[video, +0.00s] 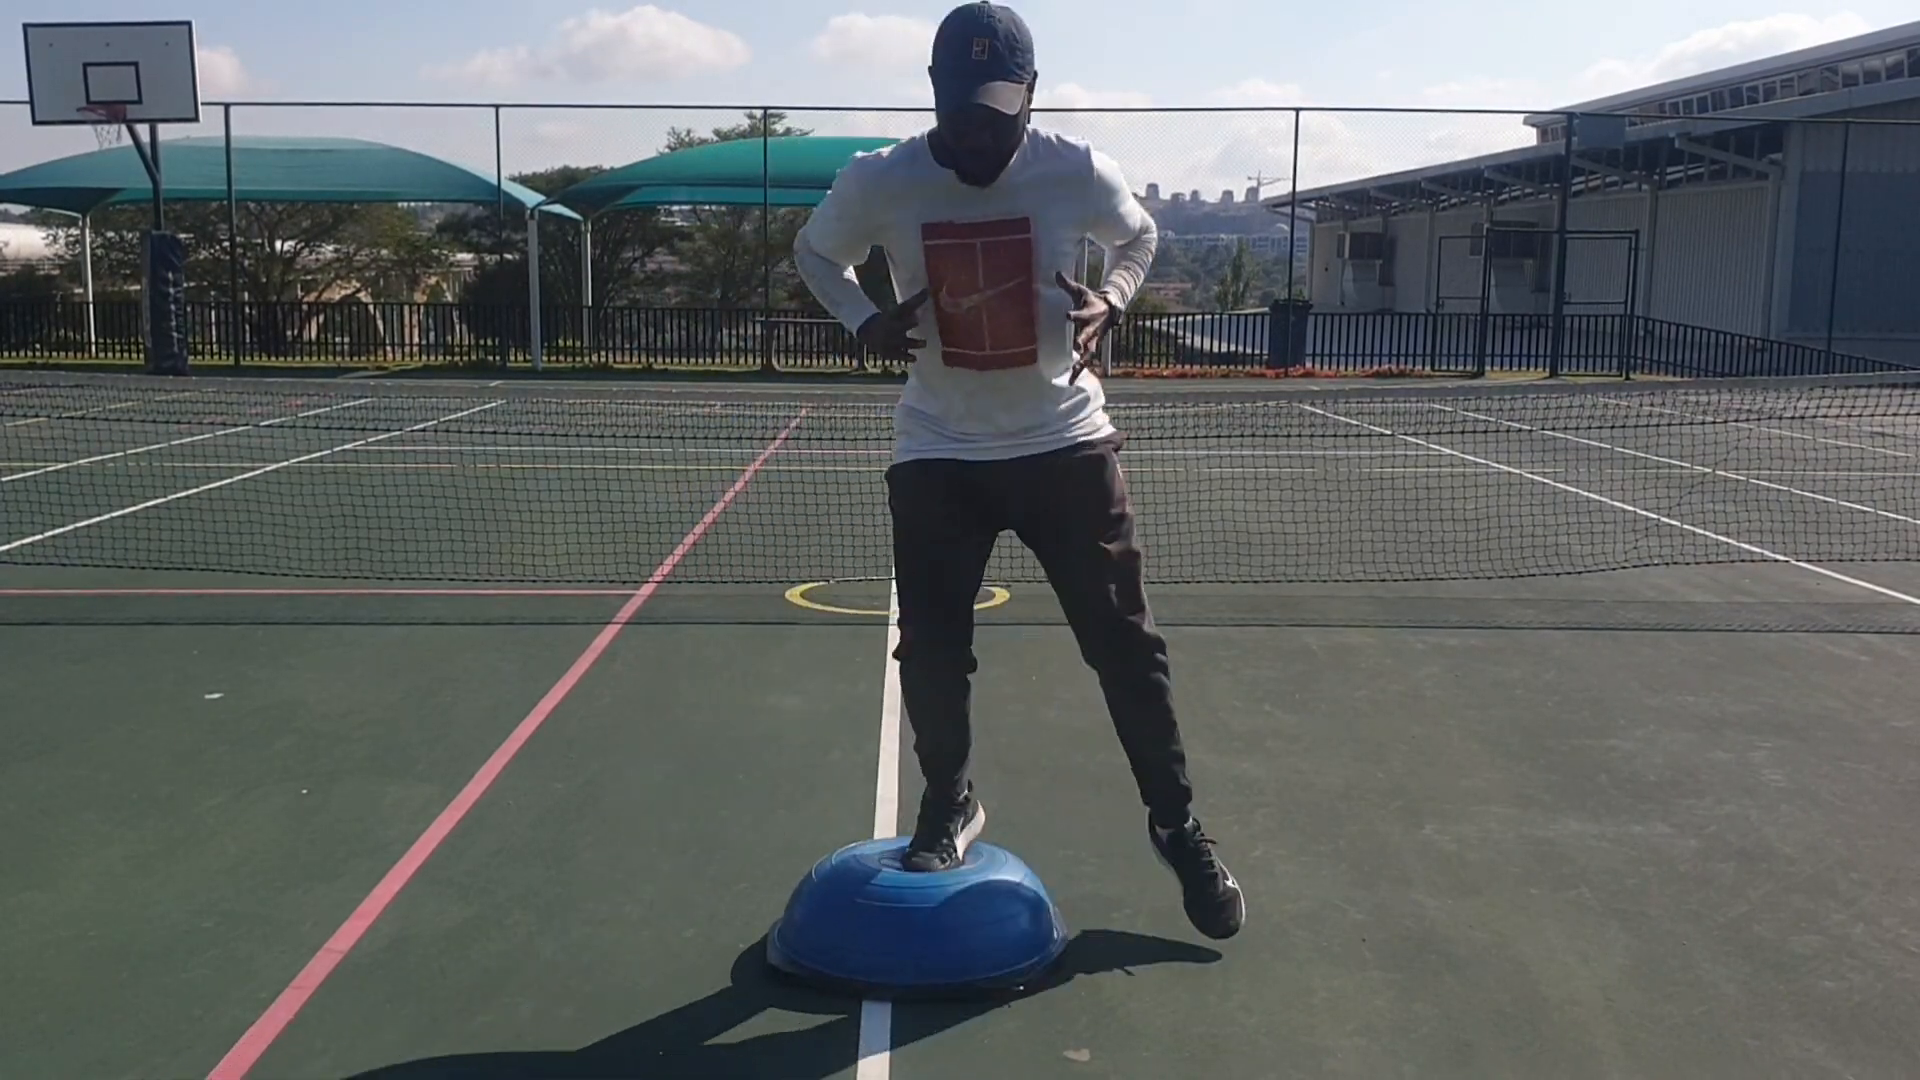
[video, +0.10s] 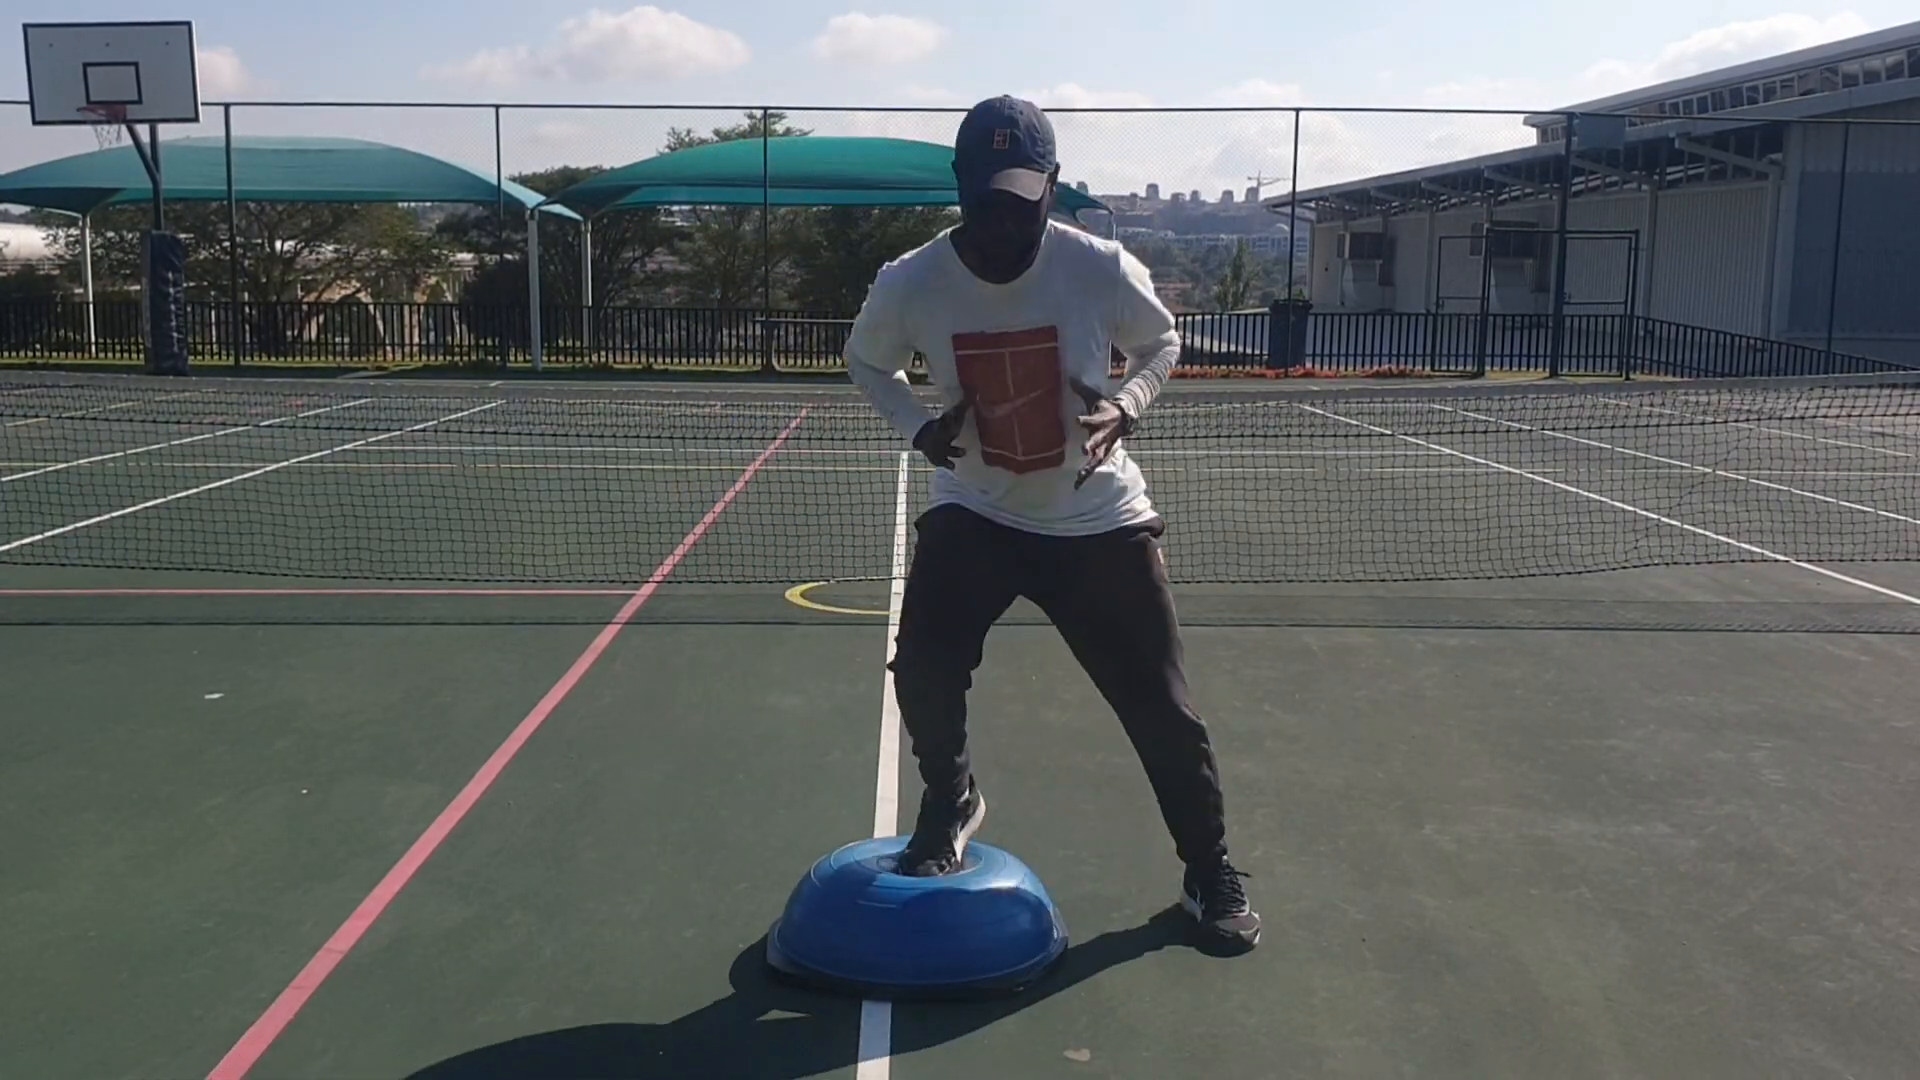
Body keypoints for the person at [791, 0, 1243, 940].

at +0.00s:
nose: (994, 132)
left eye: (1010, 113)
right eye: (975, 113)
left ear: (1031, 96)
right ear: (938, 96)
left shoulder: (1076, 174)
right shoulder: (878, 184)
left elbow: (1138, 236)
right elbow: (814, 255)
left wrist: (1110, 298)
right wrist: (865, 321)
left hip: (1064, 442)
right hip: (938, 452)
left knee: (1126, 642)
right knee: (929, 647)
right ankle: (949, 803)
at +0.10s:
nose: (1012, 219)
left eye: (1027, 201)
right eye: (995, 200)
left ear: (1051, 191)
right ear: (962, 191)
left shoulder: (1102, 271)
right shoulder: (906, 287)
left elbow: (1162, 342)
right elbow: (867, 364)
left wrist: (1128, 404)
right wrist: (922, 427)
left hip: (1094, 519)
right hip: (971, 515)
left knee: (1162, 709)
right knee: (922, 670)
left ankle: (1211, 874)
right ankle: (947, 799)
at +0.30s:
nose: (990, 153)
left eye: (1004, 134)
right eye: (971, 134)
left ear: (1024, 124)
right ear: (930, 121)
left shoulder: (1070, 208)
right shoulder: (873, 211)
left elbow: (1127, 273)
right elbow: (823, 274)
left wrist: (1094, 316)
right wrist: (861, 340)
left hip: (1054, 469)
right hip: (933, 474)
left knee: (1122, 664)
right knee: (937, 667)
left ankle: (1177, 836)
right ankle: (951, 819)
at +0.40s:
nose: (964, 93)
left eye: (979, 74)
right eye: (949, 74)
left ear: (1004, 61)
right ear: (913, 55)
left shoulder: (1044, 140)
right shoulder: (851, 143)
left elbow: (1096, 216)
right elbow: (788, 193)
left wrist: (1067, 259)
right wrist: (825, 277)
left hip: (1017, 399)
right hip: (898, 410)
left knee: (1077, 590)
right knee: (919, 616)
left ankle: (1059, 751)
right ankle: (938, 786)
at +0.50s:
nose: (950, 71)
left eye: (964, 50)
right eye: (933, 49)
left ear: (984, 43)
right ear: (896, 39)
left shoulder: (1027, 122)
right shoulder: (829, 117)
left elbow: (1065, 194)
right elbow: (760, 170)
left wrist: (1046, 241)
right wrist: (799, 259)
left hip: (986, 372)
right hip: (861, 374)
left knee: (1012, 570)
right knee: (856, 578)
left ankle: (958, 726)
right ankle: (867, 748)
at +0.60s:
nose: (920, 85)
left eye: (936, 67)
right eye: (904, 63)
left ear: (962, 57)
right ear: (870, 48)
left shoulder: (1005, 144)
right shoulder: (808, 137)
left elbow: (1030, 200)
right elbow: (735, 186)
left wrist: (1009, 260)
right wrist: (776, 281)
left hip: (955, 408)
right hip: (831, 402)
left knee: (952, 615)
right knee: (789, 601)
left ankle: (903, 788)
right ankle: (750, 775)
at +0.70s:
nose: (905, 136)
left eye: (920, 115)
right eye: (885, 117)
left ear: (942, 110)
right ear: (847, 111)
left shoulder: (980, 208)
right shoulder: (783, 198)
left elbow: (993, 259)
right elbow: (716, 254)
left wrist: (971, 319)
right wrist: (758, 343)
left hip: (922, 481)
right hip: (794, 484)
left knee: (947, 672)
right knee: (724, 678)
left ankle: (899, 822)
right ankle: (655, 851)